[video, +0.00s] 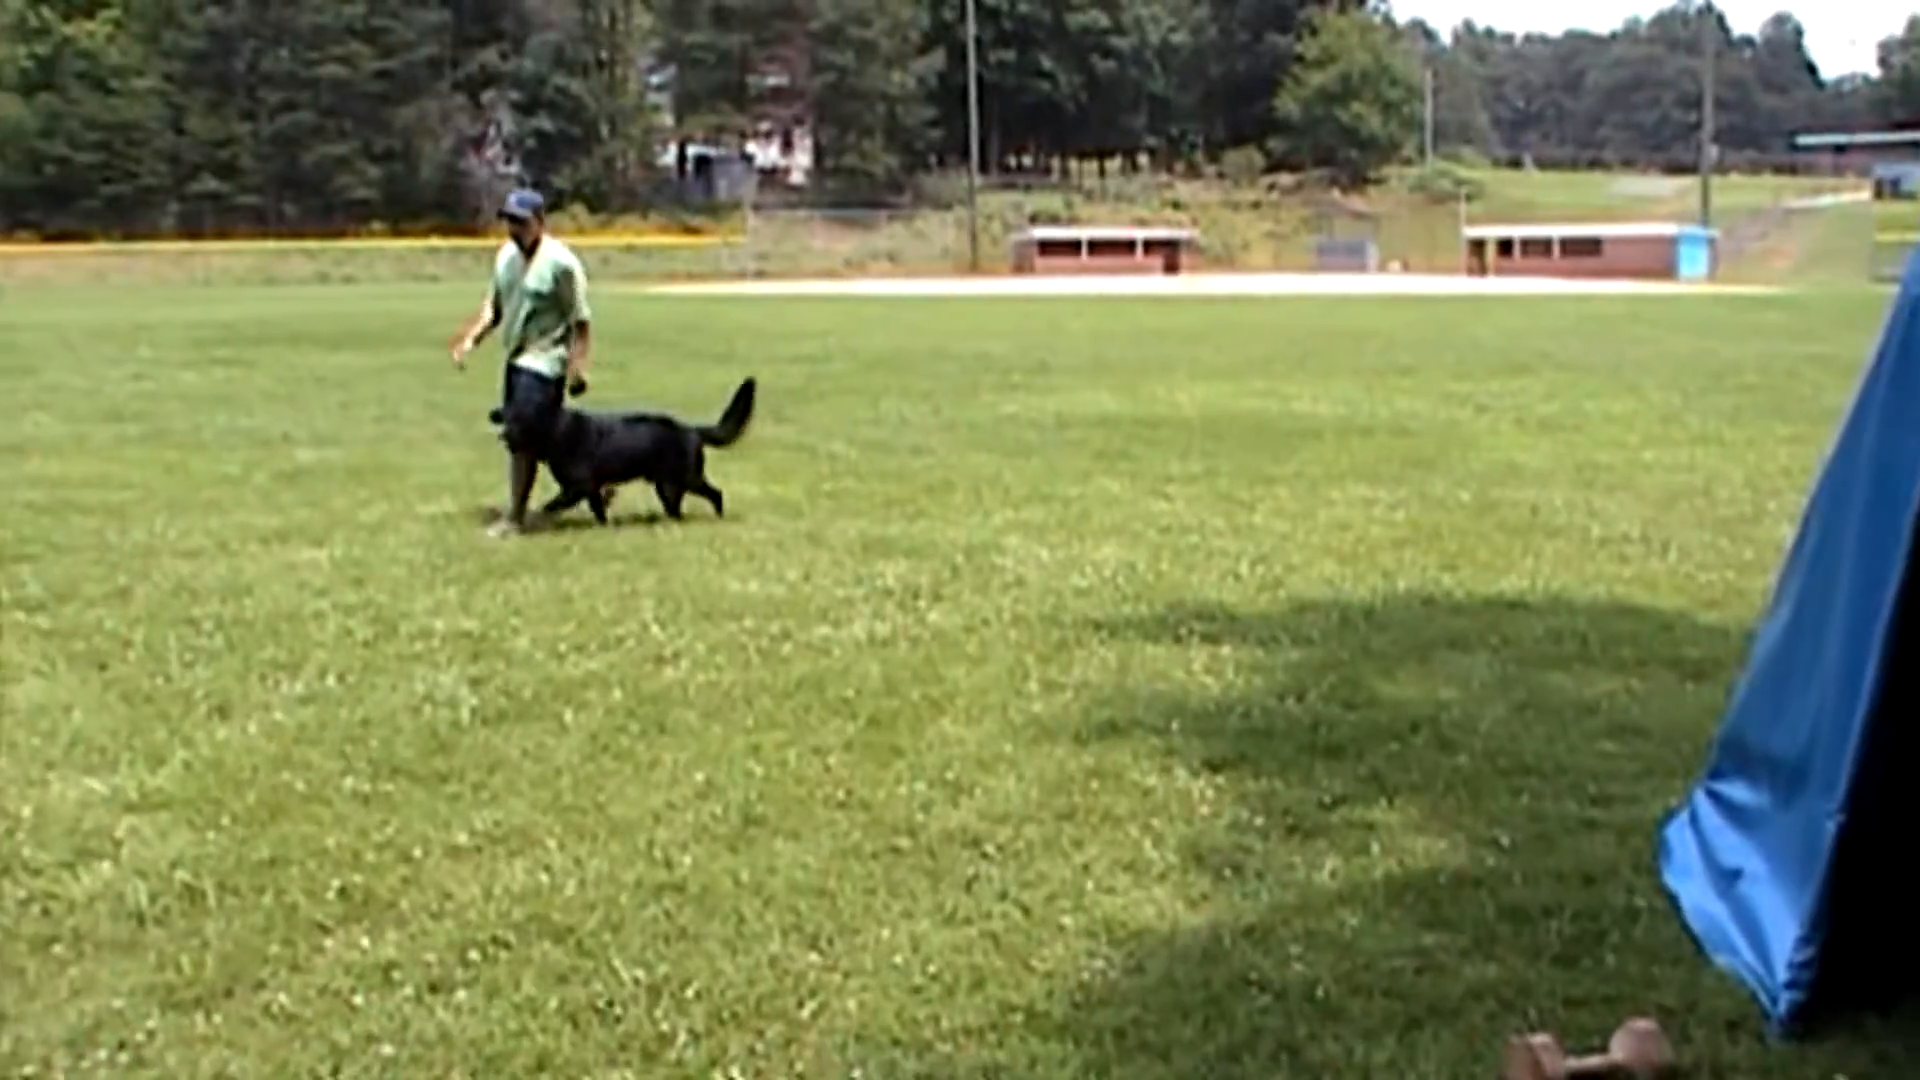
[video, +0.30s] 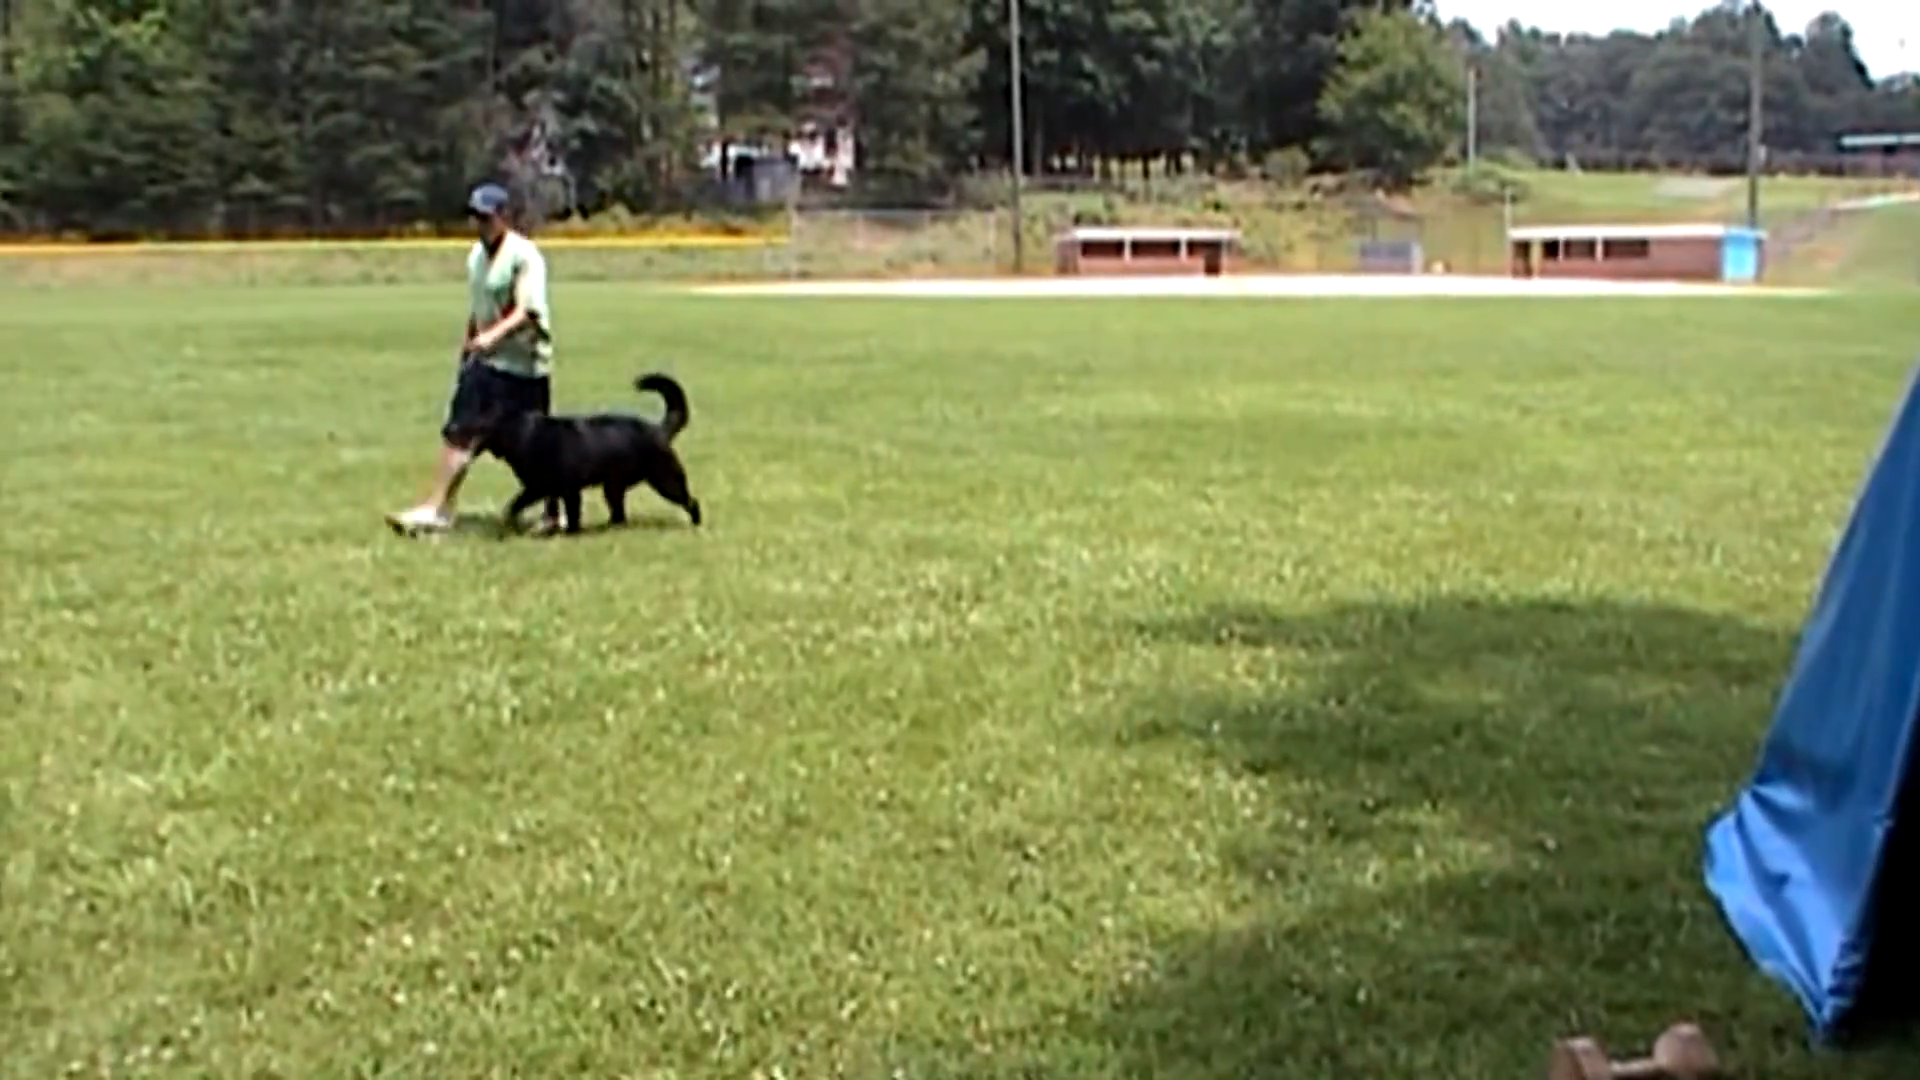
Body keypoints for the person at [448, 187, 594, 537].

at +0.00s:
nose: (513, 230)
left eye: (521, 223)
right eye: (509, 222)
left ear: (539, 222)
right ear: (505, 223)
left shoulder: (563, 264)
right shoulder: (506, 257)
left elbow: (581, 321)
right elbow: (494, 305)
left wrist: (578, 367)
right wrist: (470, 338)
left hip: (547, 359)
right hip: (516, 355)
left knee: (520, 434)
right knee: (526, 434)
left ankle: (515, 513)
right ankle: (584, 483)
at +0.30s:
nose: (481, 226)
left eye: (487, 218)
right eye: (476, 218)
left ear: (505, 217)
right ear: (473, 219)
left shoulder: (526, 257)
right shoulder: (477, 257)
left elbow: (526, 309)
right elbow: (476, 310)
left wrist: (491, 336)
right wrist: (468, 348)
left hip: (525, 369)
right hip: (486, 363)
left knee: (533, 445)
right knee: (459, 437)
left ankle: (550, 509)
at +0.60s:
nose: (418, 224)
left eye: (426, 217)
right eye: (415, 216)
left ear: (446, 217)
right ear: (413, 217)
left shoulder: (467, 256)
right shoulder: (417, 254)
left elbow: (478, 316)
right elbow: (416, 313)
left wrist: (461, 361)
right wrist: (405, 357)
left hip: (454, 363)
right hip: (420, 362)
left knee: (456, 442)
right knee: (416, 446)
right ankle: (423, 519)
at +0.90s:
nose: (430, 231)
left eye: (438, 223)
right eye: (426, 223)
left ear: (459, 222)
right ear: (422, 223)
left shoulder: (477, 263)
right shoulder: (423, 256)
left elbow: (500, 323)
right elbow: (411, 302)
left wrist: (495, 375)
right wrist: (388, 319)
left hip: (464, 365)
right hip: (433, 361)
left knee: (424, 442)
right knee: (466, 445)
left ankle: (388, 521)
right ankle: (498, 507)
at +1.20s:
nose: (535, 227)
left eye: (543, 220)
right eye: (531, 218)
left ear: (561, 221)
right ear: (526, 219)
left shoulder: (584, 260)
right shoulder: (523, 250)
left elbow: (598, 319)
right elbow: (494, 301)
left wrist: (592, 369)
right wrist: (502, 261)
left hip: (567, 361)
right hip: (529, 358)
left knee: (552, 442)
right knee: (513, 438)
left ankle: (551, 526)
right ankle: (574, 501)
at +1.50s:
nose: (638, 235)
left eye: (646, 227)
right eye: (633, 226)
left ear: (664, 227)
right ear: (626, 226)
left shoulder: (687, 268)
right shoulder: (622, 259)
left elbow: (711, 327)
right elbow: (599, 311)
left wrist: (706, 377)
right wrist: (604, 272)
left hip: (672, 381)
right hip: (627, 378)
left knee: (694, 459)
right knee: (602, 464)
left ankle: (720, 528)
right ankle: (583, 536)